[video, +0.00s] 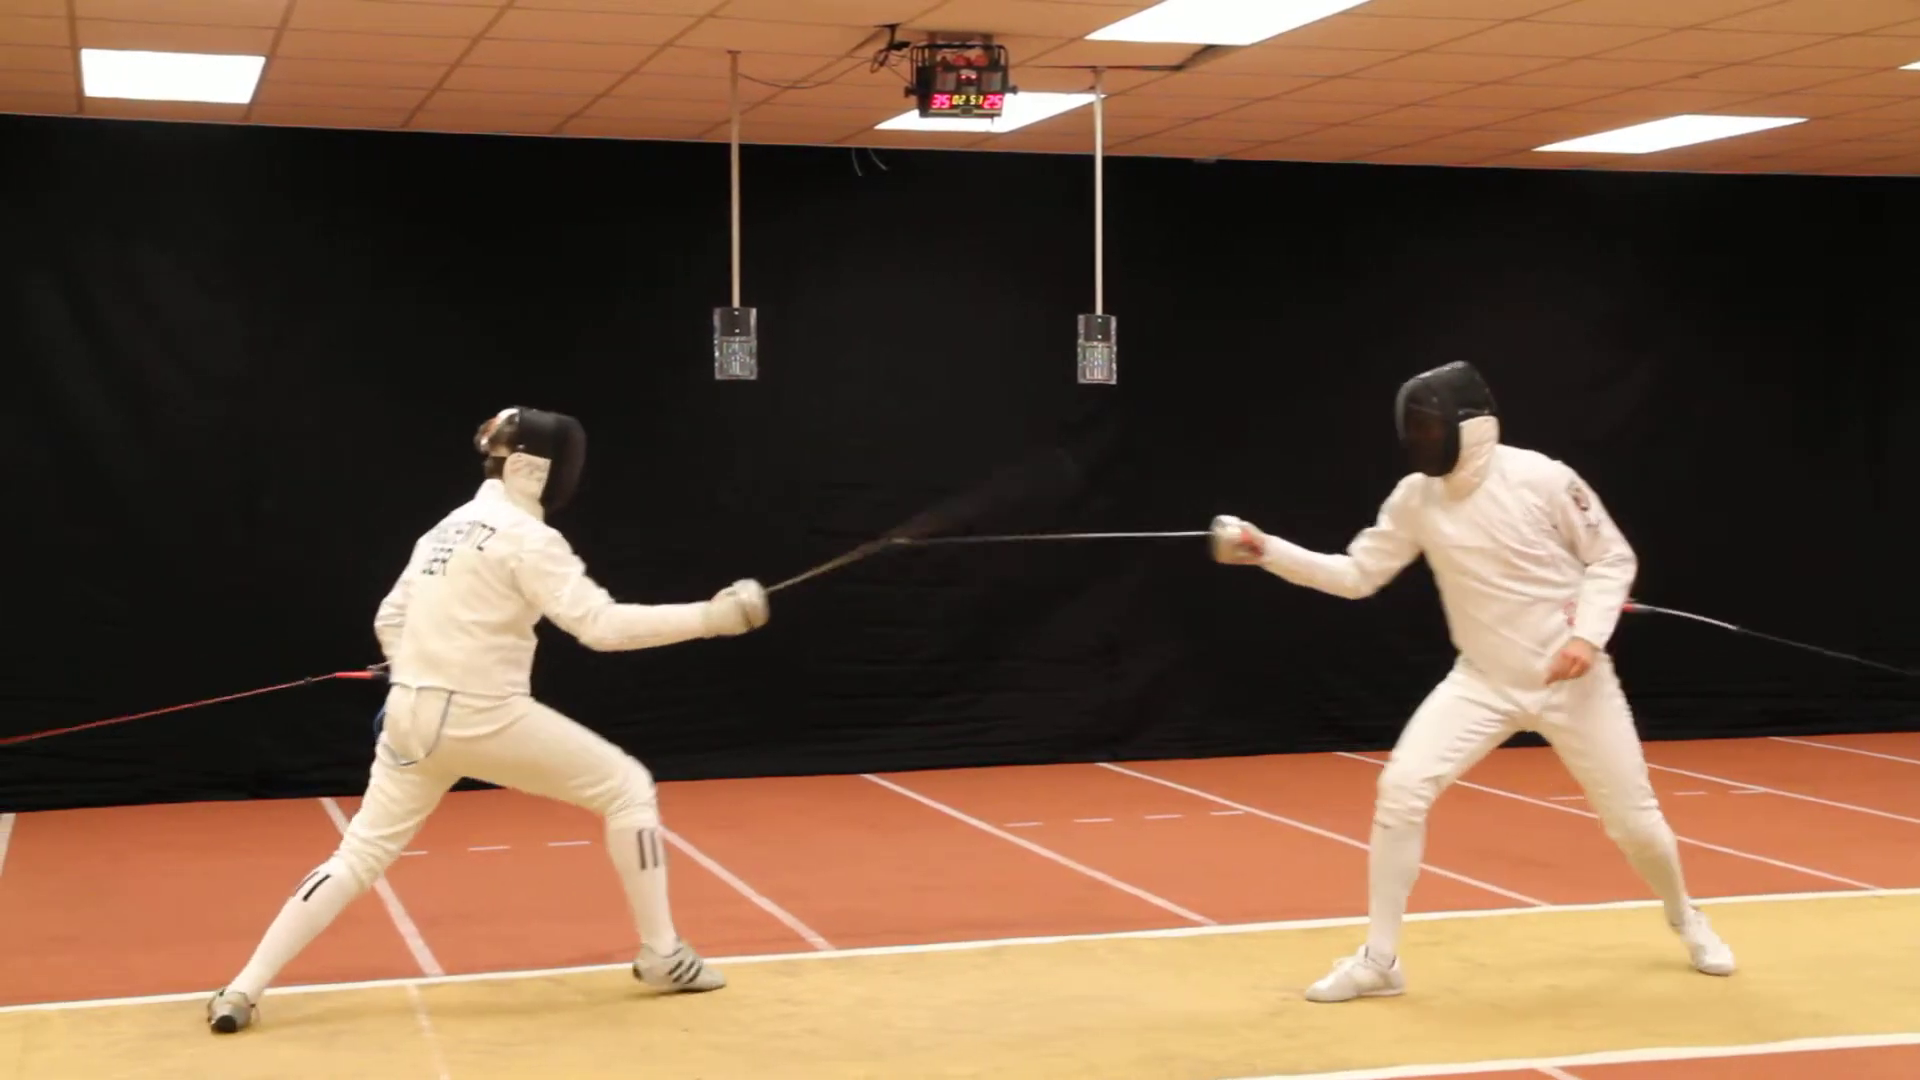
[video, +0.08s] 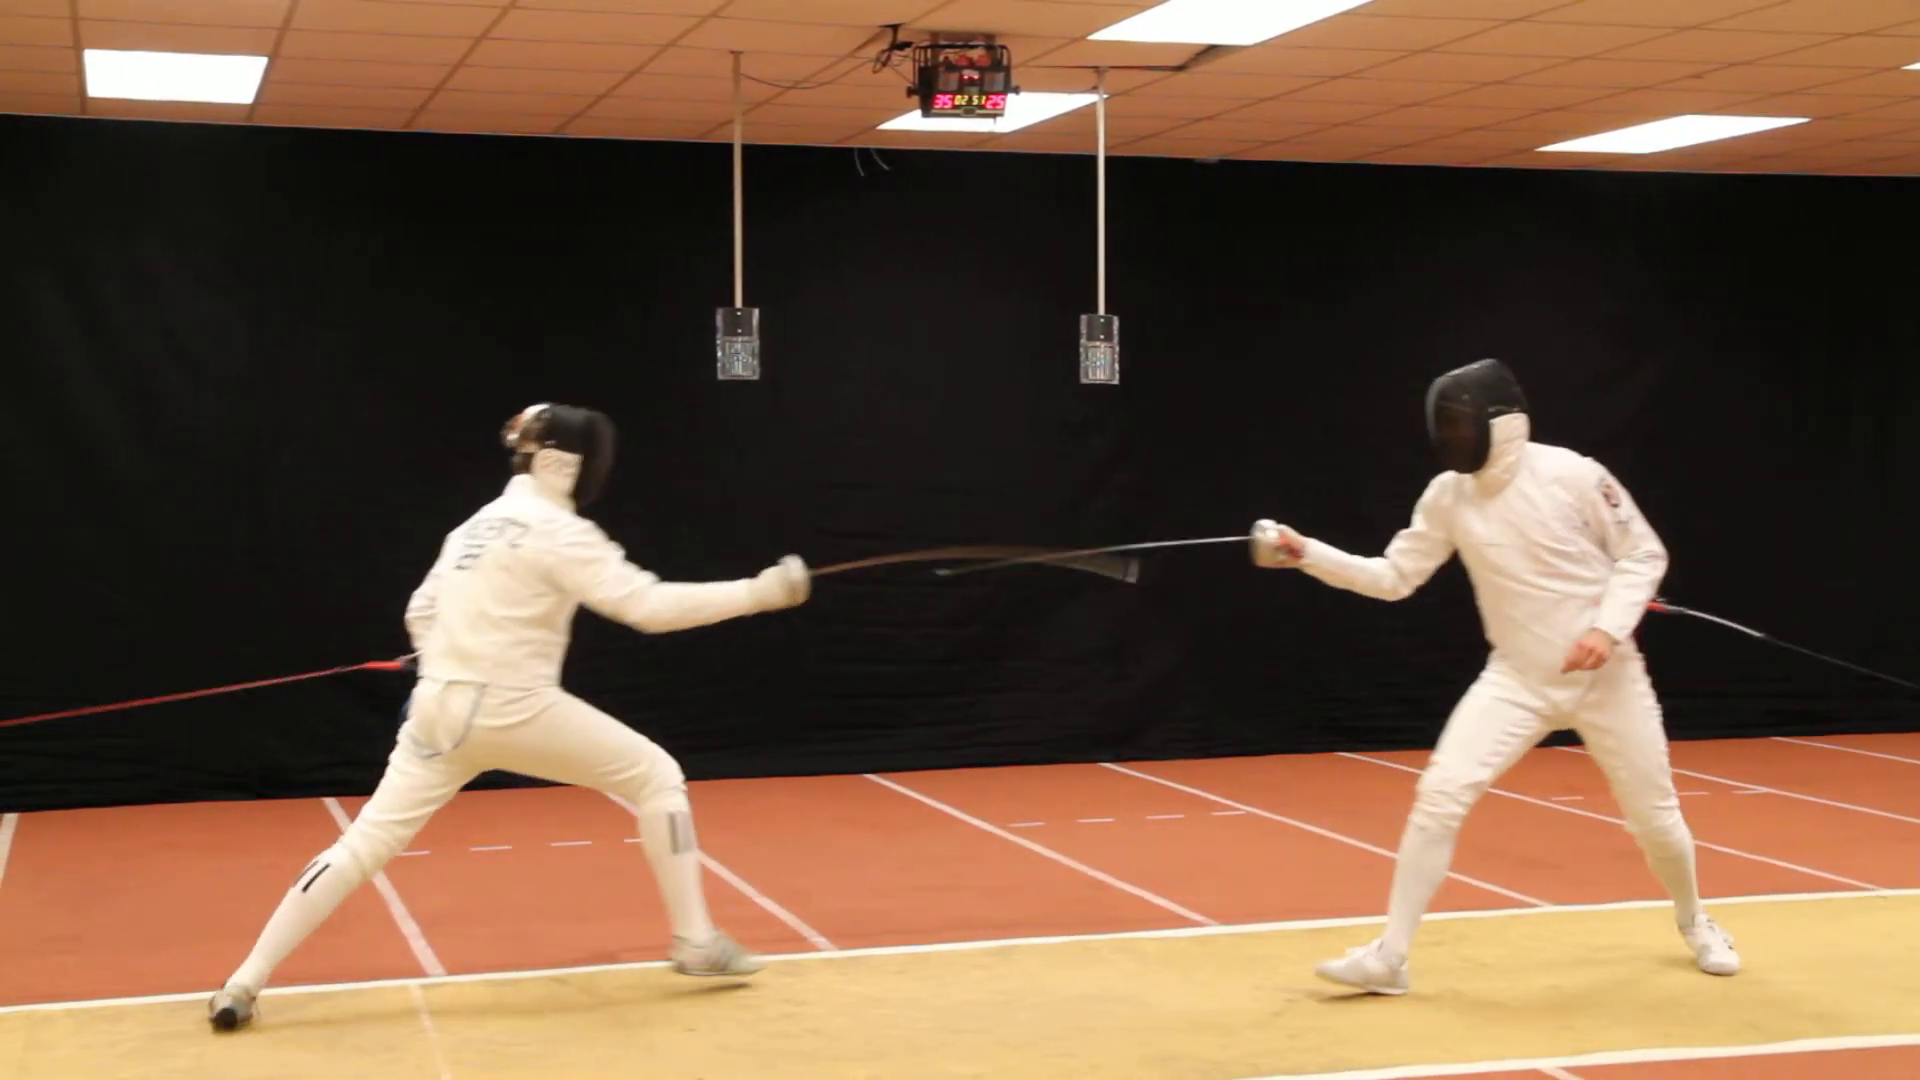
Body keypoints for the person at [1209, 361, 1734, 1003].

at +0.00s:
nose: (1421, 441)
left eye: (1432, 426)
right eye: (1416, 427)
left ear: (1472, 425)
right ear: (1418, 432)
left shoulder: (1544, 481)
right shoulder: (1417, 500)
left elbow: (1613, 560)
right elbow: (1355, 575)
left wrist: (1588, 635)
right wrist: (1263, 549)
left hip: (1576, 683)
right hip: (1480, 682)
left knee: (1639, 825)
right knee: (1401, 793)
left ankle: (1685, 918)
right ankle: (1380, 959)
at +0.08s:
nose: (1444, 435)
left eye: (1456, 420)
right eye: (1441, 422)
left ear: (1499, 419)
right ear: (1442, 426)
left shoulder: (1573, 476)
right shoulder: (1448, 497)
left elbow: (1644, 556)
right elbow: (1394, 577)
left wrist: (1606, 629)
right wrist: (1303, 552)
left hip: (1608, 677)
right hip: (1515, 679)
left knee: (1660, 825)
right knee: (1438, 798)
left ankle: (1694, 922)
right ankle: (1390, 954)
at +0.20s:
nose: (1480, 431)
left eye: (1494, 417)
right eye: (1478, 418)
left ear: (1539, 417)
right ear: (1484, 421)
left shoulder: (1610, 475)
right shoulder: (1485, 493)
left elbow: (1685, 550)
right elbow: (1426, 570)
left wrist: (1645, 626)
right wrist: (1337, 548)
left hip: (1641, 676)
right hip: (1551, 674)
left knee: (1676, 823)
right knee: (1474, 783)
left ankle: (1698, 929)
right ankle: (1466, 949)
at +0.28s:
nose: (1500, 429)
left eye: (1513, 415)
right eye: (1497, 416)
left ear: (1555, 415)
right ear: (1497, 418)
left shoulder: (1622, 475)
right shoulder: (1498, 491)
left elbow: (1699, 549)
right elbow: (1430, 560)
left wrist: (1669, 630)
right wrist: (1338, 547)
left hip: (1653, 674)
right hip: (1562, 674)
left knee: (1702, 825)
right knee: (1496, 788)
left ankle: (1703, 924)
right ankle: (1498, 945)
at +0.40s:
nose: (1522, 436)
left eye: (1535, 422)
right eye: (1518, 423)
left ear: (1579, 423)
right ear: (1518, 429)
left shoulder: (1645, 482)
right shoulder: (1516, 493)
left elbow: (1717, 560)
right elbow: (1437, 546)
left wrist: (1696, 634)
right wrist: (1340, 536)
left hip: (1675, 680)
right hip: (1581, 681)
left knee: (1761, 812)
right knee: (1502, 787)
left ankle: (1741, 900)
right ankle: (1496, 948)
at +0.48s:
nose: (1551, 435)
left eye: (1564, 421)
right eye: (1546, 422)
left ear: (1605, 422)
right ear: (1545, 426)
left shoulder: (1672, 483)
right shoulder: (1544, 494)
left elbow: (1741, 561)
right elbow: (1472, 559)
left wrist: (1720, 635)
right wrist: (1375, 545)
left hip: (1699, 681)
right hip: (1604, 681)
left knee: (1781, 819)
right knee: (1522, 787)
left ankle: (1814, 904)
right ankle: (1496, 946)